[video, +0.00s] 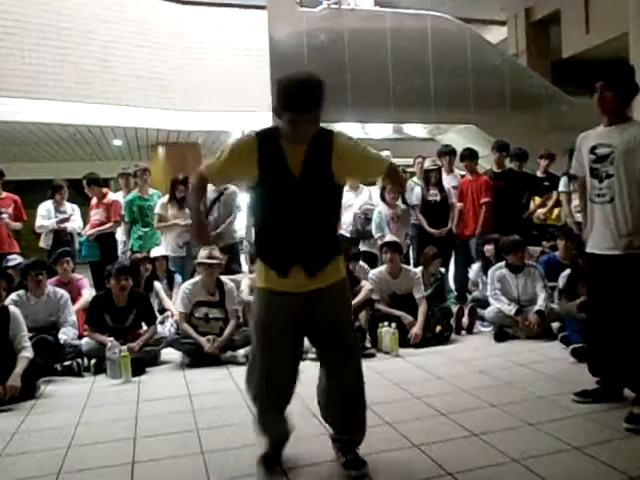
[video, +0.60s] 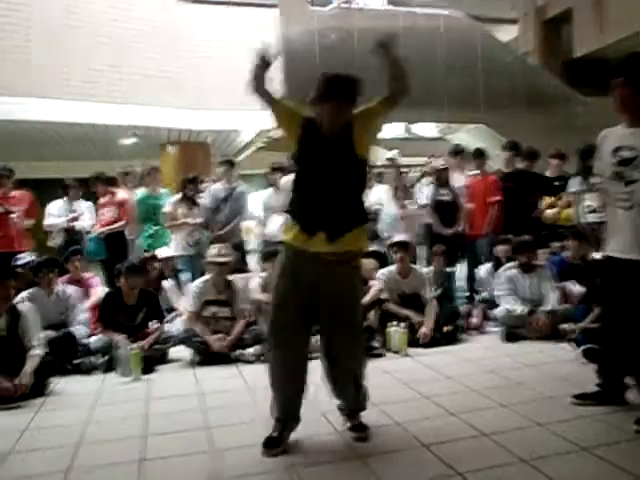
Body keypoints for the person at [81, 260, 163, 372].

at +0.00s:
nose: (123, 284)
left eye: (126, 279)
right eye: (118, 280)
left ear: (131, 282)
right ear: (108, 283)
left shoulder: (139, 298)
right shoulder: (99, 301)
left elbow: (153, 327)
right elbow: (91, 332)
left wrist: (138, 344)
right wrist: (106, 340)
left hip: (134, 339)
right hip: (110, 341)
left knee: (162, 339)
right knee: (87, 346)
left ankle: (110, 363)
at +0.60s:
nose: (132, 283)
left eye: (136, 278)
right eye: (128, 279)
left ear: (141, 280)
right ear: (119, 281)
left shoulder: (149, 297)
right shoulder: (110, 298)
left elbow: (159, 326)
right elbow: (103, 329)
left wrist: (148, 342)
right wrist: (119, 339)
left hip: (144, 340)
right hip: (120, 343)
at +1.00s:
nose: (125, 273)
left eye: (128, 269)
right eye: (120, 270)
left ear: (134, 271)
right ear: (110, 273)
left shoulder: (141, 288)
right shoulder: (100, 290)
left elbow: (153, 317)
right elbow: (91, 321)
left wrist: (139, 334)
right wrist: (108, 330)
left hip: (135, 330)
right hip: (110, 332)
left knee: (164, 328)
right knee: (87, 334)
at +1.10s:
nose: (120, 274)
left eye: (124, 269)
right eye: (116, 270)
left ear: (129, 271)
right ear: (106, 273)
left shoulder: (136, 288)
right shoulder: (96, 291)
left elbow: (149, 318)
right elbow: (86, 321)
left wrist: (134, 334)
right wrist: (103, 331)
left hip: (130, 331)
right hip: (104, 333)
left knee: (159, 329)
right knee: (82, 335)